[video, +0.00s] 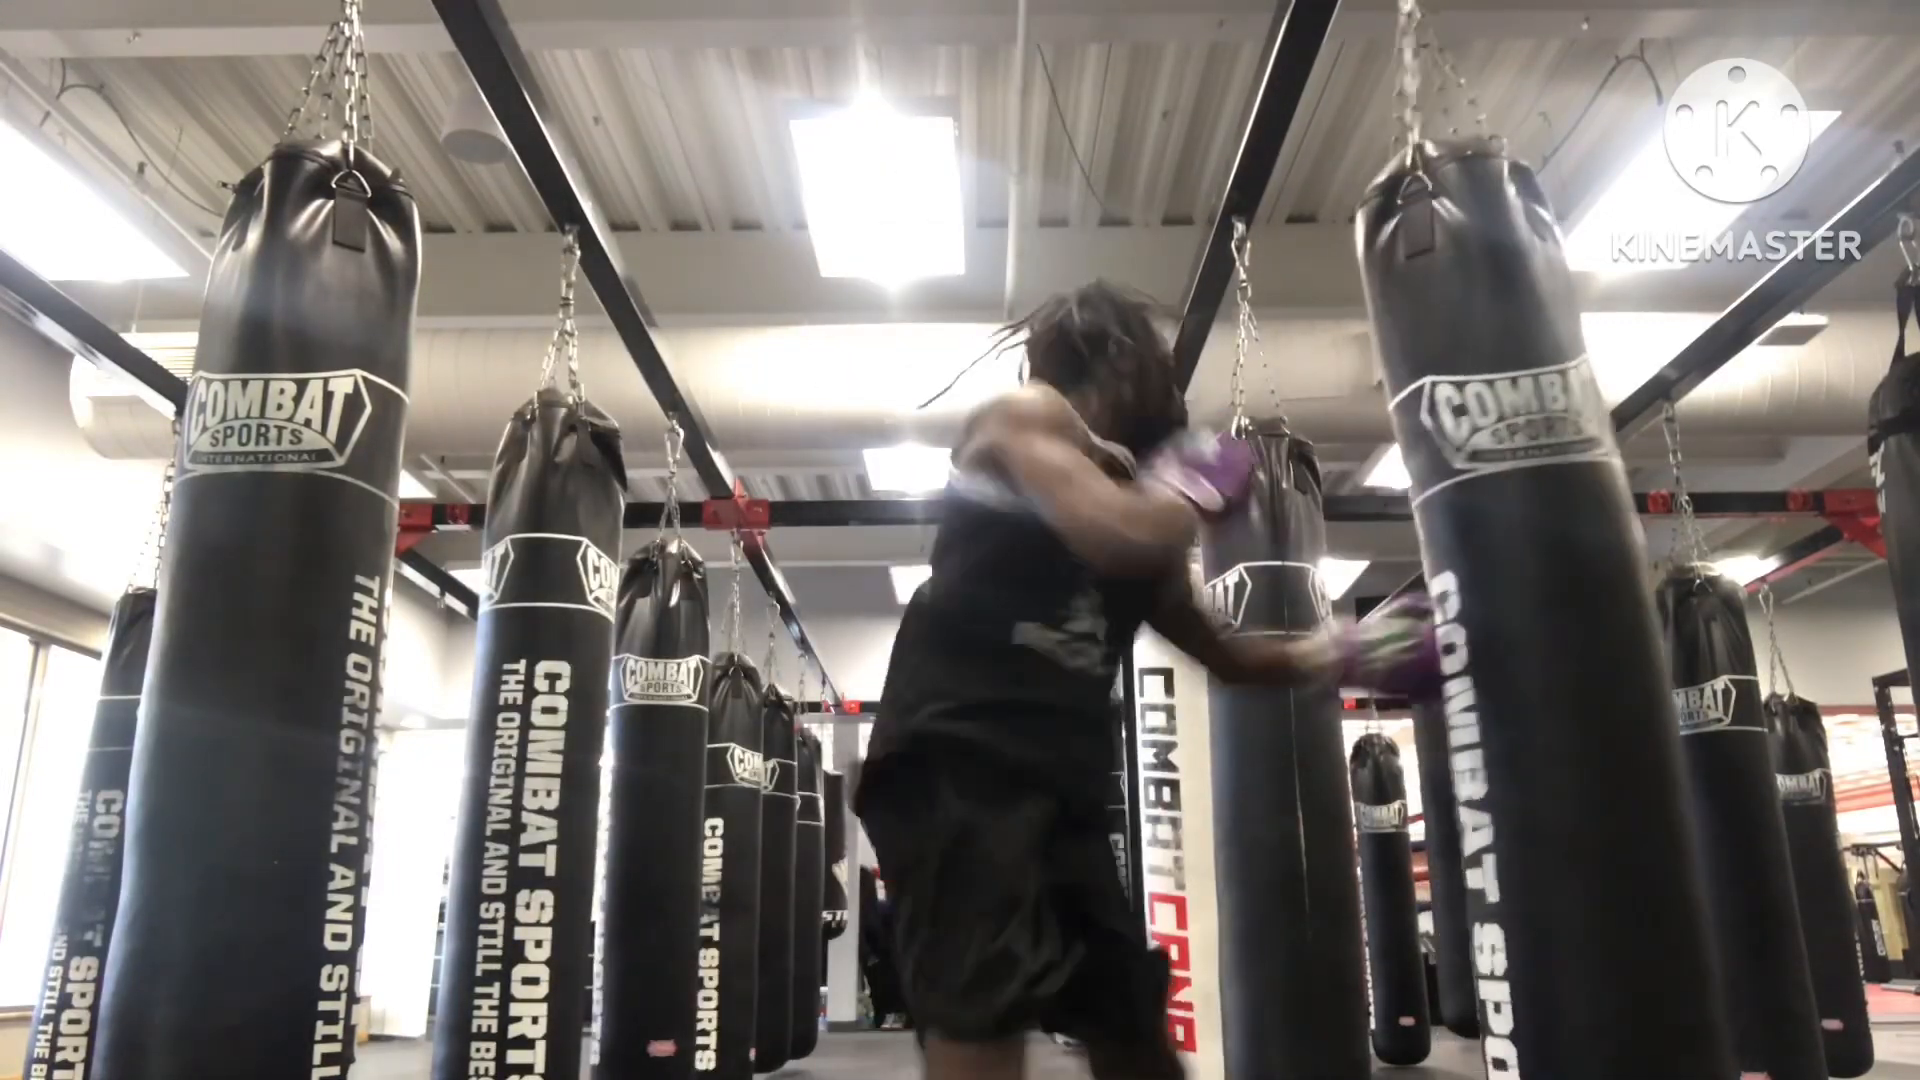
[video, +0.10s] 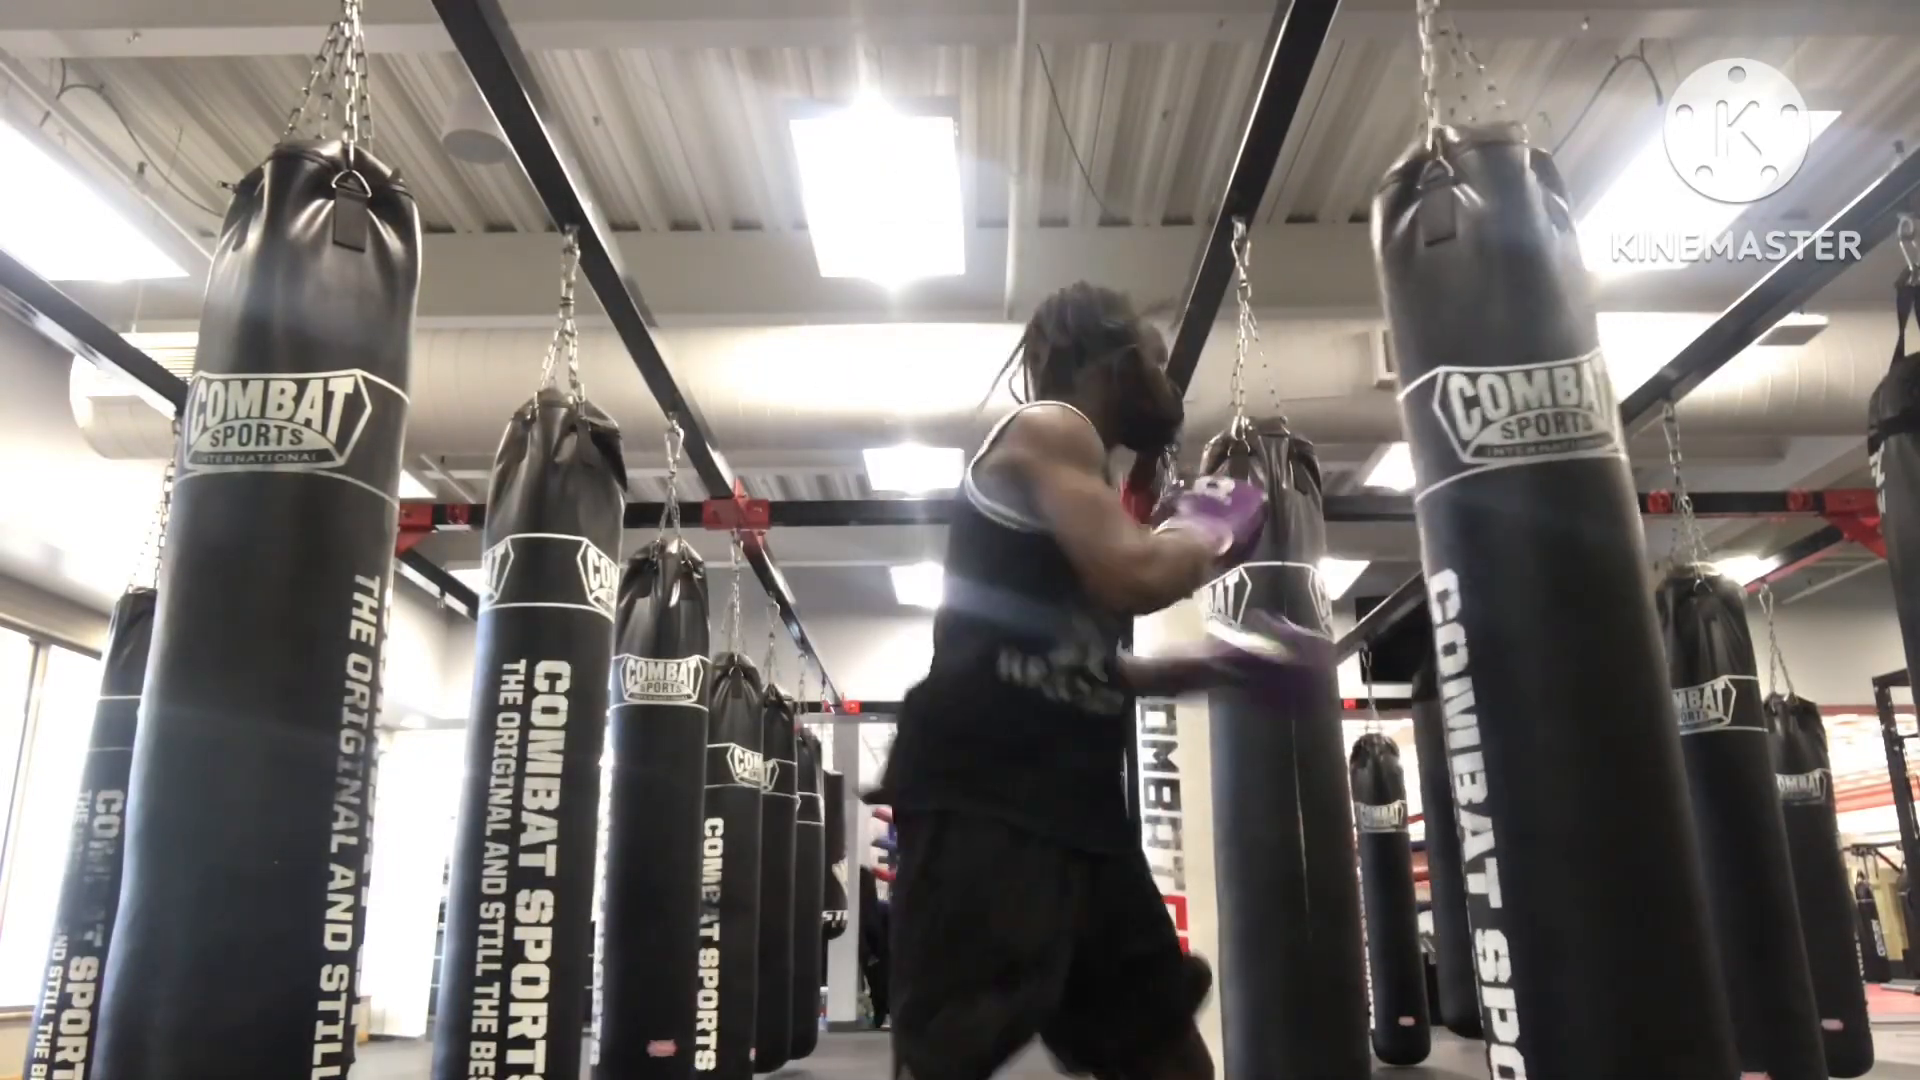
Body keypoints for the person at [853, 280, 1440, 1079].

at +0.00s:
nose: (1176, 386)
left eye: (1174, 366)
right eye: (1164, 362)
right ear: (1118, 358)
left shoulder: (1133, 490)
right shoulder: (1020, 413)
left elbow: (1223, 652)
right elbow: (1122, 533)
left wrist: (1348, 650)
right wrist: (1190, 485)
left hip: (1057, 787)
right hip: (953, 770)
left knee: (1133, 1039)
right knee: (977, 1042)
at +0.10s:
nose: (1172, 377)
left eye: (1169, 358)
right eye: (1158, 355)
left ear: (1082, 361)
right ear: (1110, 358)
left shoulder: (1082, 476)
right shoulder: (1047, 427)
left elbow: (1072, 669)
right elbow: (1123, 573)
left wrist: (1217, 665)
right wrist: (1211, 533)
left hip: (1068, 807)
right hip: (990, 797)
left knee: (1163, 1054)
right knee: (948, 1051)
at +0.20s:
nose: (1158, 364)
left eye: (1155, 342)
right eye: (1145, 340)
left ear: (1059, 342)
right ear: (1093, 340)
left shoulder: (1079, 459)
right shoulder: (1022, 419)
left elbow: (1085, 589)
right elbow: (1056, 575)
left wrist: (1177, 548)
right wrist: (1189, 555)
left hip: (1057, 779)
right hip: (967, 779)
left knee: (1156, 1049)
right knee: (957, 1052)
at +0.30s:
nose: (1142, 348)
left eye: (1135, 325)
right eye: (1124, 325)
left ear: (1048, 340)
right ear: (1068, 336)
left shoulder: (1088, 454)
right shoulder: (973, 421)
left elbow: (1187, 509)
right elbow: (975, 589)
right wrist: (1097, 538)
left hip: (1044, 763)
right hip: (932, 767)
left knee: (1122, 1051)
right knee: (874, 1053)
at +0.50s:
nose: (1094, 359)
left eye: (1088, 338)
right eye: (1079, 338)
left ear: (1007, 343)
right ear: (1030, 338)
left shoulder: (1028, 444)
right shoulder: (991, 426)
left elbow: (1099, 548)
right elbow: (1095, 510)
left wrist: (1222, 468)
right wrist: (1222, 442)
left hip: (997, 812)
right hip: (952, 811)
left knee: (993, 1043)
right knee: (945, 1046)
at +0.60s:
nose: (1073, 371)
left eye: (1071, 353)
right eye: (1061, 352)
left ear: (970, 357)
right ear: (1017, 352)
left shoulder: (912, 470)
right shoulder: (1052, 420)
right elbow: (1234, 414)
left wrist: (1113, 484)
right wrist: (1380, 388)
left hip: (894, 785)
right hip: (980, 791)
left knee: (937, 1045)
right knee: (966, 1051)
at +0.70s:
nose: (1045, 378)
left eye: (1041, 363)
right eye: (1034, 361)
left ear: (935, 364)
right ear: (1001, 358)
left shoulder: (890, 471)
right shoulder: (993, 421)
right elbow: (1170, 430)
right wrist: (1321, 408)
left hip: (887, 800)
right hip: (949, 799)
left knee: (933, 1054)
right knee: (955, 1054)